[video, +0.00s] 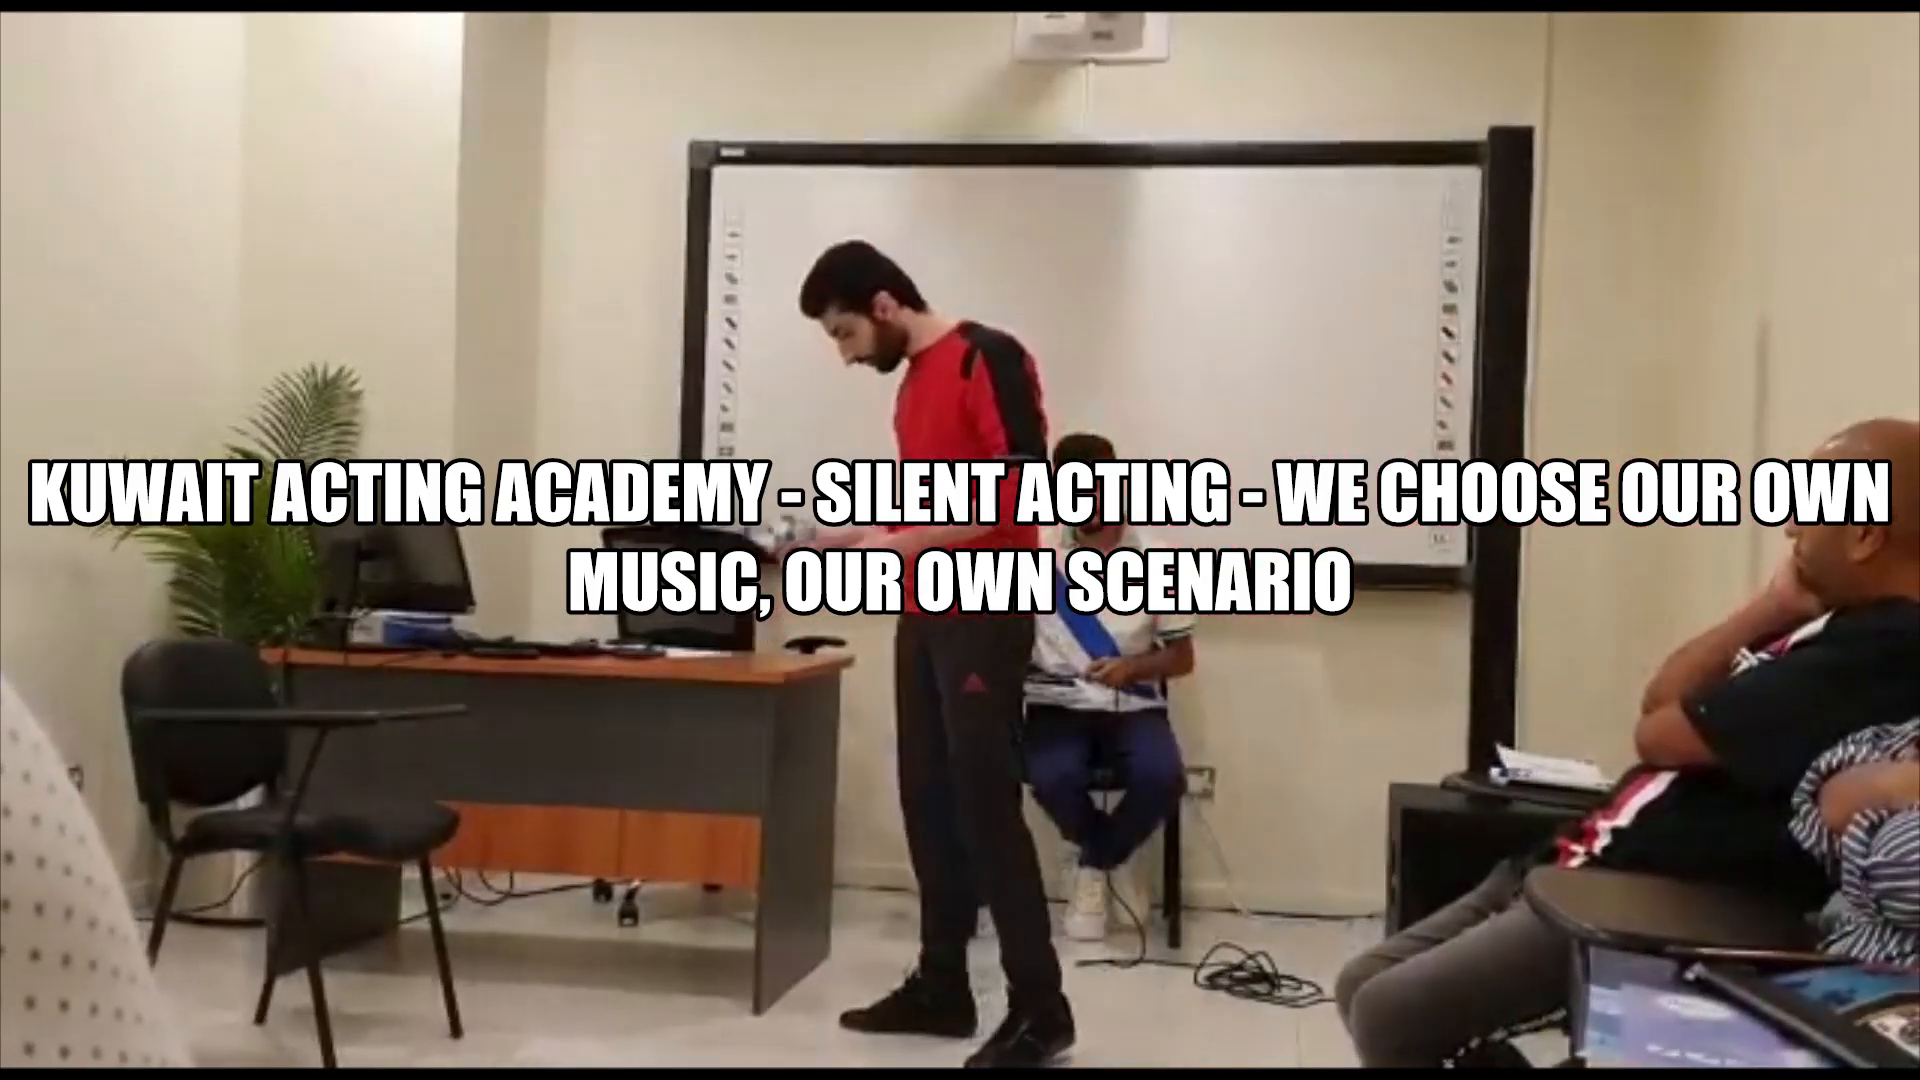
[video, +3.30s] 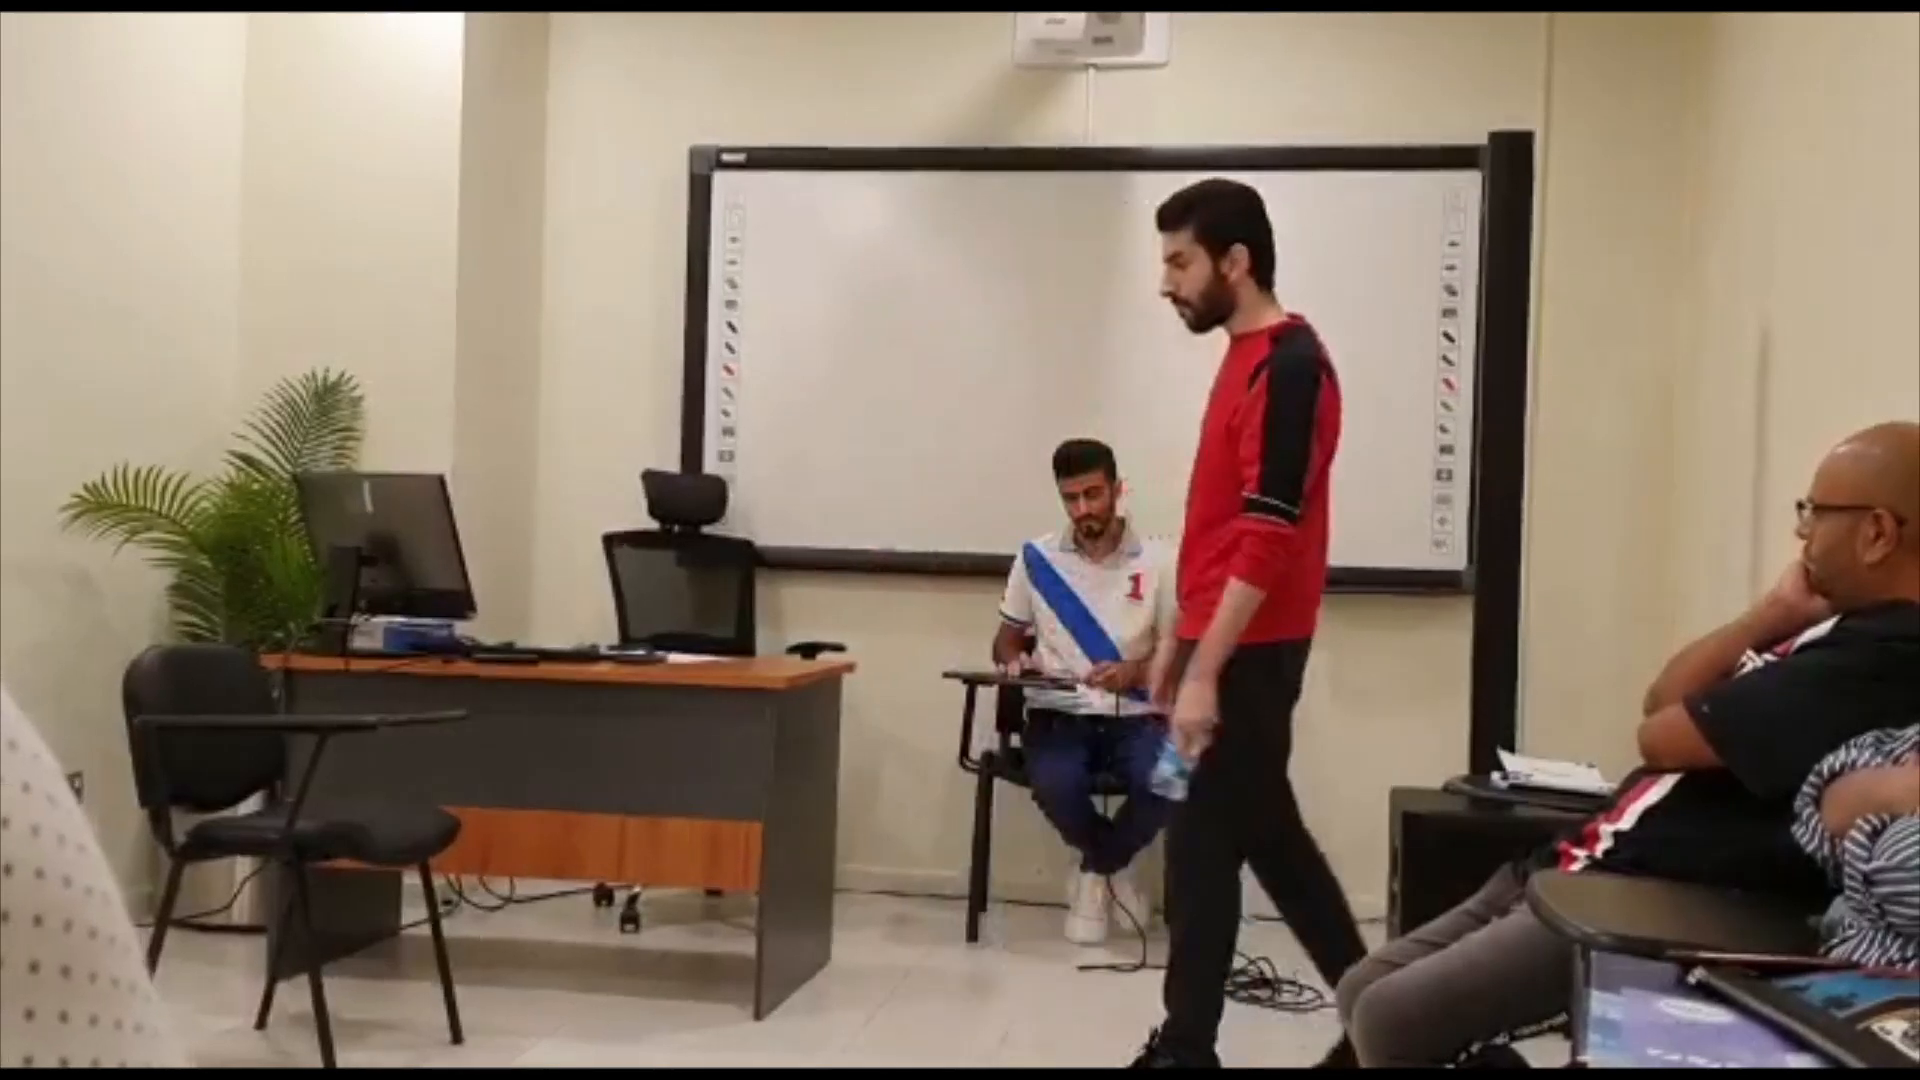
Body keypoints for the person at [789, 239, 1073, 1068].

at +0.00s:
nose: (843, 352)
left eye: (843, 330)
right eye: (833, 336)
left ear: (885, 303)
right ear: (881, 313)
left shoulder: (990, 357)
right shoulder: (914, 389)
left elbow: (1032, 496)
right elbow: (922, 515)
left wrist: (924, 545)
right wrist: (838, 541)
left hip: (984, 618)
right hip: (923, 619)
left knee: (987, 805)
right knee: (927, 798)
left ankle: (1039, 1008)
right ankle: (941, 988)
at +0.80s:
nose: (961, 342)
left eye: (970, 321)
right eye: (946, 330)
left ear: (1006, 292)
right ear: (934, 320)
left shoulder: (1086, 376)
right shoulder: (974, 377)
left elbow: (1135, 515)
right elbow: (983, 501)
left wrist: (1064, 557)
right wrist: (957, 596)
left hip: (1046, 638)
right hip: (962, 632)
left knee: (1048, 826)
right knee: (932, 795)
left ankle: (1046, 1023)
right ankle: (946, 991)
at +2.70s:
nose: (1003, 311)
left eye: (1016, 291)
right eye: (1000, 293)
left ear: (1074, 286)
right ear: (1058, 293)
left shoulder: (1155, 377)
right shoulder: (1064, 384)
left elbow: (1194, 522)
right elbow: (1058, 498)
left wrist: (1060, 562)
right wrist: (990, 536)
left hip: (1110, 648)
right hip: (1036, 638)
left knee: (1108, 837)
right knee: (993, 809)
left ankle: (1178, 1039)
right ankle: (965, 997)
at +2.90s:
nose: (1056, 290)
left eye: (1068, 270)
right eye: (1054, 272)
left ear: (1127, 268)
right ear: (1117, 273)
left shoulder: (1202, 362)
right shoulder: (1125, 366)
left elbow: (1221, 516)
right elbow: (1106, 496)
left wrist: (1091, 551)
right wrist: (1029, 525)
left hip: (1163, 635)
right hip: (1100, 629)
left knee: (1147, 838)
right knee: (1061, 809)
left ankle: (1180, 1040)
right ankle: (1044, 1006)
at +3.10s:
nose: (1107, 285)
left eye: (1120, 265)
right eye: (1106, 267)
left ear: (1179, 263)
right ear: (1171, 269)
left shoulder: (1246, 358)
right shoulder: (1186, 356)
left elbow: (1229, 524)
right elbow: (1148, 498)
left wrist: (1102, 604)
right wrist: (1056, 574)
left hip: (1201, 627)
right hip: (1161, 621)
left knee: (1176, 831)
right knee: (1149, 826)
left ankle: (1197, 1037)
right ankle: (1185, 1020)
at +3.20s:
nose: (1137, 287)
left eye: (1149, 266)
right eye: (1134, 268)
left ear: (1206, 261)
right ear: (1200, 266)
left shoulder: (1268, 357)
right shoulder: (1212, 359)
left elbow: (1241, 521)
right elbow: (1180, 519)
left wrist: (1143, 647)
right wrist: (1106, 602)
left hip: (1226, 636)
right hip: (1192, 632)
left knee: (1192, 835)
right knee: (1211, 827)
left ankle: (1184, 1040)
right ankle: (1286, 1020)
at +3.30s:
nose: (1166, 285)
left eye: (1177, 264)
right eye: (1165, 265)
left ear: (1236, 260)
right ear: (1231, 263)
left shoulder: (1289, 360)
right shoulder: (1249, 356)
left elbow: (1271, 530)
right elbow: (1220, 518)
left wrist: (1204, 669)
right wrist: (1172, 641)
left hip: (1255, 645)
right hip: (1228, 642)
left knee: (1203, 842)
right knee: (1270, 836)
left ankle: (1185, 1043)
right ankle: (1379, 1014)